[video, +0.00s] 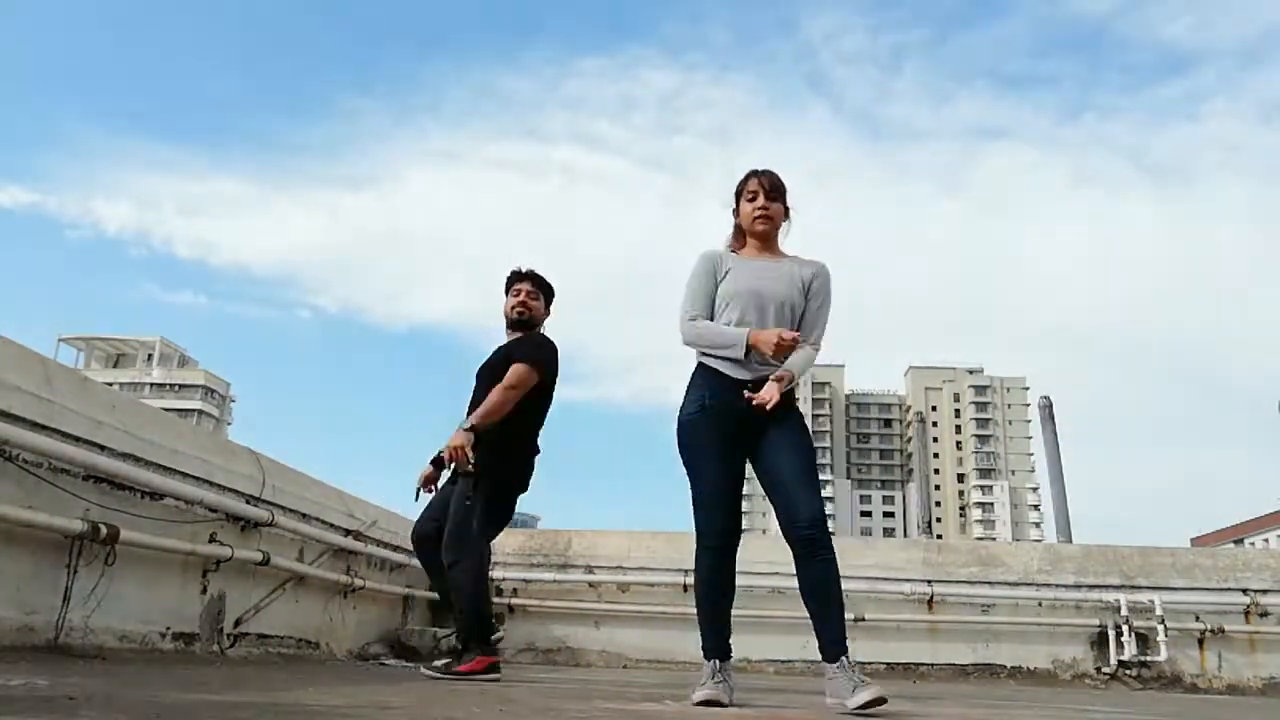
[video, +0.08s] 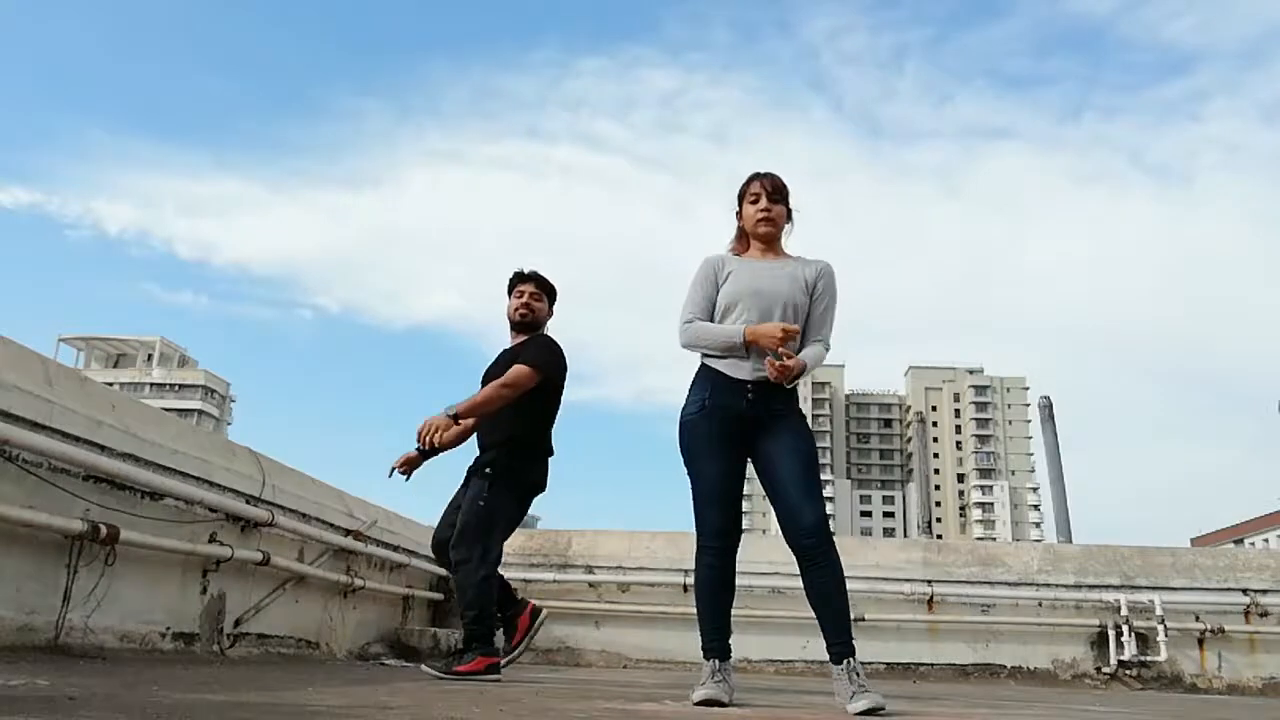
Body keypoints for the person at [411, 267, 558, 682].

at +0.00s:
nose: (523, 298)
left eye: (534, 295)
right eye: (516, 293)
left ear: (546, 311)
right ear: (505, 305)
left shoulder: (538, 346)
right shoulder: (503, 355)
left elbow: (510, 391)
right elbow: (476, 418)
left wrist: (468, 428)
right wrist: (440, 460)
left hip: (499, 465)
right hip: (474, 463)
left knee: (462, 548)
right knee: (426, 534)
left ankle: (478, 650)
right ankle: (472, 629)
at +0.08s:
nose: (526, 301)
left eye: (536, 298)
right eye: (519, 295)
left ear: (548, 312)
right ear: (508, 305)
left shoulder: (544, 350)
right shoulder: (504, 362)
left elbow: (507, 391)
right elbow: (471, 421)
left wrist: (455, 413)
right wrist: (423, 453)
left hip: (515, 468)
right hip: (489, 466)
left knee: (469, 549)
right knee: (445, 544)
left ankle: (481, 650)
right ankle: (515, 611)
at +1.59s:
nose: (499, 302)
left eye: (510, 300)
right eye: (496, 295)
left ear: (523, 316)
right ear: (484, 303)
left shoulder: (535, 363)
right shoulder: (454, 360)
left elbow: (568, 393)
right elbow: (433, 415)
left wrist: (602, 409)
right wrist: (412, 468)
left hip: (517, 486)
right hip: (460, 481)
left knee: (526, 569)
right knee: (437, 563)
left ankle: (536, 655)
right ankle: (392, 647)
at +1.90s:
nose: (479, 302)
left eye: (490, 302)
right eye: (475, 295)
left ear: (500, 317)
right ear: (463, 301)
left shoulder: (513, 360)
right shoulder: (431, 358)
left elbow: (535, 409)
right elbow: (396, 406)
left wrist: (530, 442)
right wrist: (360, 453)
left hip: (498, 482)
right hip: (439, 481)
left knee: (528, 559)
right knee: (417, 564)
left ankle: (541, 648)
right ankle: (391, 648)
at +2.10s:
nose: (480, 305)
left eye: (491, 303)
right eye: (476, 297)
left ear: (501, 317)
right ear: (462, 302)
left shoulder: (516, 355)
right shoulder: (435, 364)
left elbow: (537, 407)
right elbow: (410, 411)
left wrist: (517, 451)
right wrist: (384, 444)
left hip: (493, 479)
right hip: (437, 478)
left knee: (509, 568)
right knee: (417, 563)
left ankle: (535, 654)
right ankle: (392, 647)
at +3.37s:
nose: (498, 305)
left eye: (507, 301)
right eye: (492, 298)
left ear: (518, 312)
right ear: (478, 306)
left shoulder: (534, 362)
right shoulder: (451, 352)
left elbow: (544, 412)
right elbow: (433, 405)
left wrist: (519, 449)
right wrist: (438, 456)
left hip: (510, 483)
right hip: (453, 479)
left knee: (524, 566)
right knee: (421, 563)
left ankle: (537, 654)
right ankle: (391, 648)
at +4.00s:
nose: (471, 300)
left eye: (481, 296)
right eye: (465, 292)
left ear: (491, 309)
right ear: (450, 301)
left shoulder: (500, 355)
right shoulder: (426, 351)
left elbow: (539, 388)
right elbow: (372, 375)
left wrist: (563, 361)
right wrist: (366, 330)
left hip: (486, 469)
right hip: (430, 469)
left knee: (502, 523)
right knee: (398, 558)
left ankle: (466, 535)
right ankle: (372, 650)